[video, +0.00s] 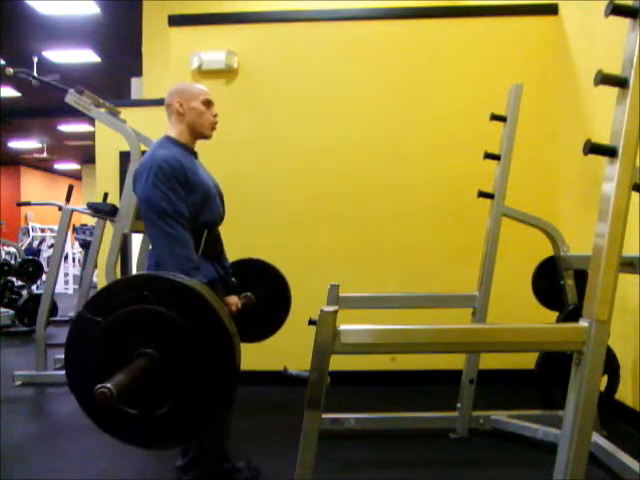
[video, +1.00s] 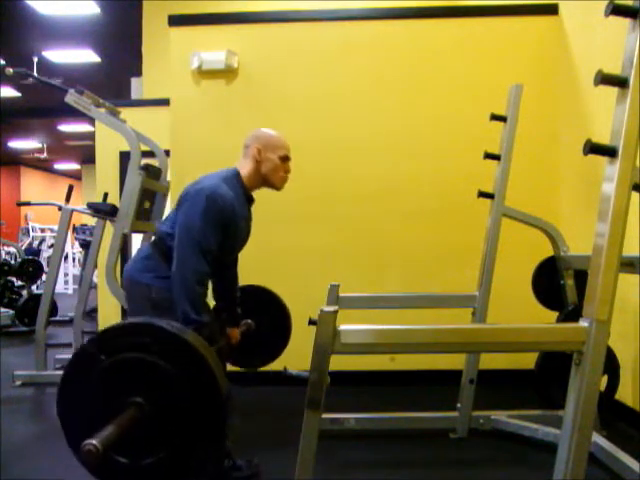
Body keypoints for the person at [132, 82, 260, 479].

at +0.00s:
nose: (215, 113)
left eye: (214, 106)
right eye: (207, 105)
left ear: (182, 109)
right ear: (179, 108)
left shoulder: (185, 160)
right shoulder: (163, 162)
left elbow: (205, 238)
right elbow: (173, 246)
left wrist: (229, 285)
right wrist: (216, 293)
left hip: (199, 293)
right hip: (181, 298)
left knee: (211, 375)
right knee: (207, 377)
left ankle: (204, 457)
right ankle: (208, 462)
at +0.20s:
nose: (213, 113)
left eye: (212, 106)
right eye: (205, 104)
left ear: (180, 108)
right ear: (177, 107)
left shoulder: (183, 159)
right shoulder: (160, 161)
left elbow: (204, 237)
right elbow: (172, 244)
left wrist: (228, 283)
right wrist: (217, 291)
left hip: (199, 291)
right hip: (181, 295)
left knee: (213, 373)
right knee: (207, 375)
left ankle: (208, 456)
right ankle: (205, 459)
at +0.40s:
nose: (221, 115)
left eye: (220, 108)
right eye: (214, 107)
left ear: (189, 109)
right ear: (185, 107)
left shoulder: (191, 160)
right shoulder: (163, 161)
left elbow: (207, 238)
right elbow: (172, 246)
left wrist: (227, 288)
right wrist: (214, 294)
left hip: (199, 291)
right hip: (178, 295)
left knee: (210, 374)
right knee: (206, 376)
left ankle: (207, 456)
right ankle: (204, 459)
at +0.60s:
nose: (244, 121)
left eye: (244, 114)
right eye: (237, 113)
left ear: (213, 114)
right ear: (210, 112)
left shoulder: (208, 164)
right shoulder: (179, 162)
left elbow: (212, 240)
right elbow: (175, 244)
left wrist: (225, 292)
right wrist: (196, 301)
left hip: (198, 292)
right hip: (175, 295)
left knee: (209, 375)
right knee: (201, 376)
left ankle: (206, 456)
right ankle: (201, 459)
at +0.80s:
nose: (272, 142)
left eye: (272, 135)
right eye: (266, 134)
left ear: (244, 135)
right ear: (238, 131)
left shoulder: (227, 182)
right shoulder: (200, 175)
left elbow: (218, 253)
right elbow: (181, 250)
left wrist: (227, 306)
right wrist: (203, 310)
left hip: (189, 292)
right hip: (160, 292)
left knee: (211, 372)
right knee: (196, 376)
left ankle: (209, 455)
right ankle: (199, 459)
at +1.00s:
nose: (289, 168)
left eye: (289, 160)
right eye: (283, 159)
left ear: (257, 157)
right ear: (256, 155)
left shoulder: (238, 202)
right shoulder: (211, 195)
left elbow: (225, 269)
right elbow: (188, 271)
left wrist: (231, 319)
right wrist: (203, 331)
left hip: (178, 289)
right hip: (152, 287)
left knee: (188, 372)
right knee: (164, 375)